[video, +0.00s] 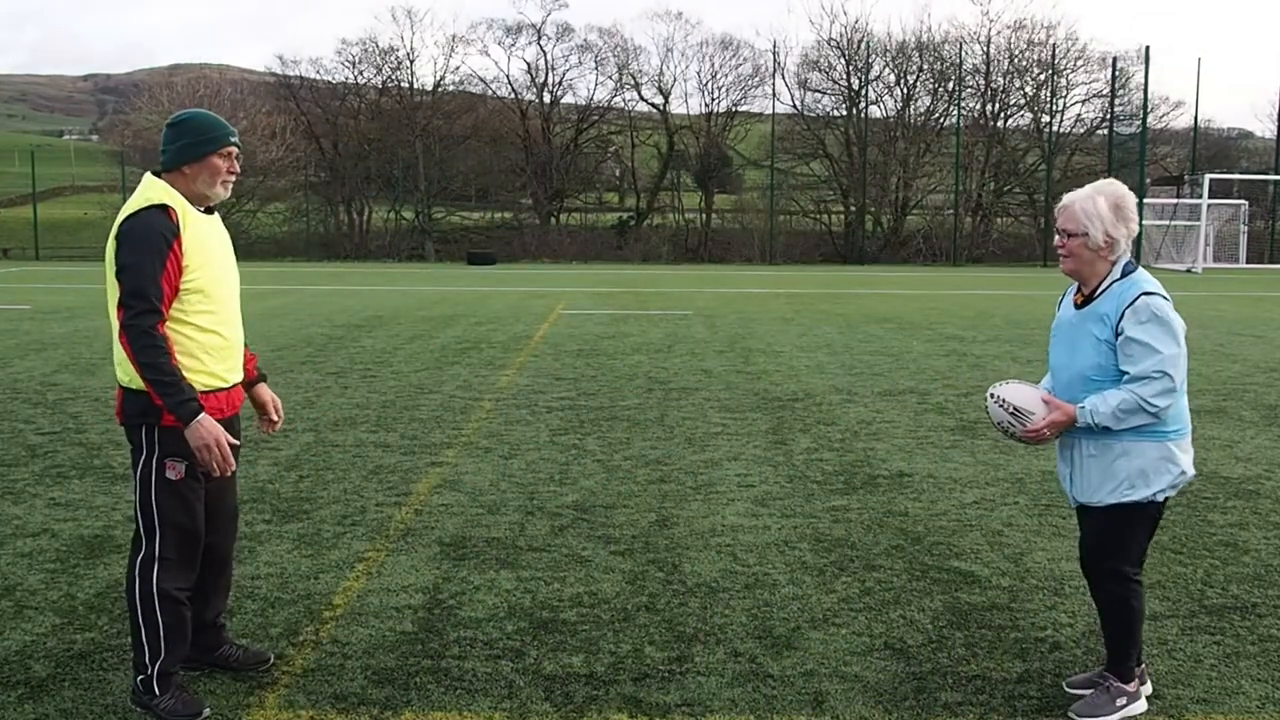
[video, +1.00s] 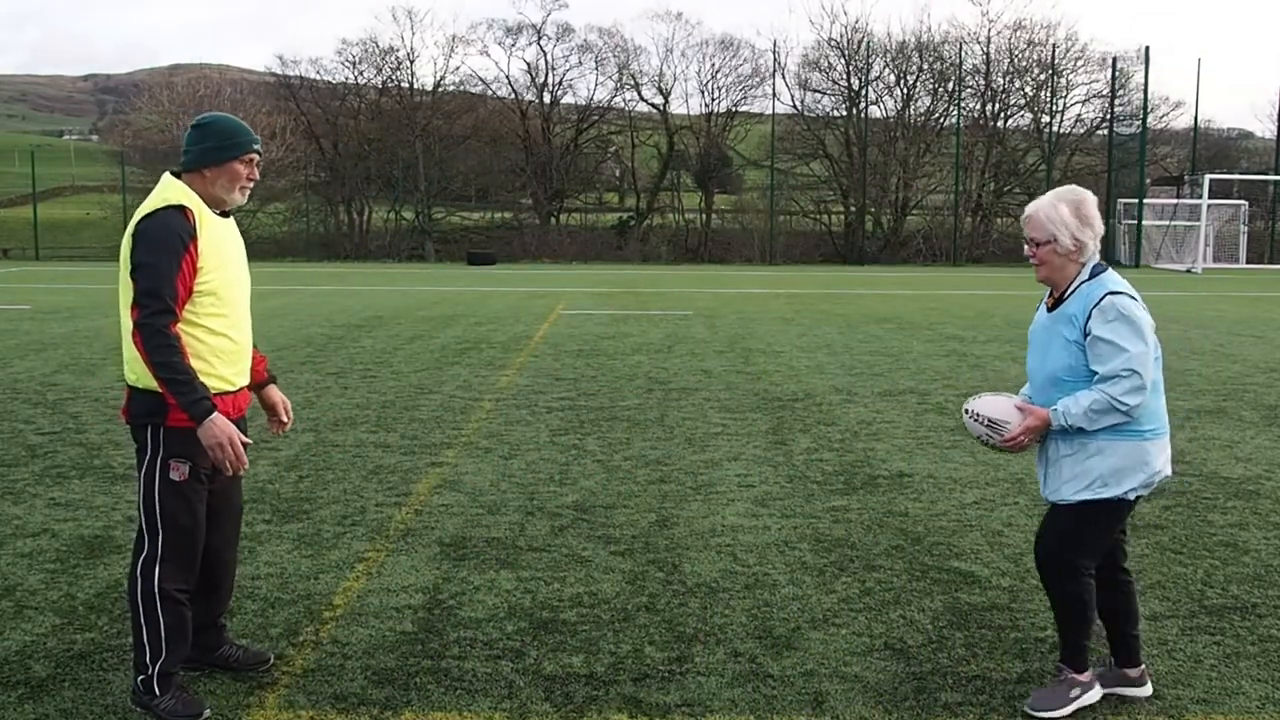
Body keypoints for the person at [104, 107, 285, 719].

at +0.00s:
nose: (233, 167)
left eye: (235, 157)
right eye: (223, 155)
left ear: (219, 166)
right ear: (185, 159)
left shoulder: (204, 217)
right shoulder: (151, 218)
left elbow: (214, 315)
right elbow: (139, 328)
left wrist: (253, 380)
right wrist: (190, 414)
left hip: (215, 408)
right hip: (164, 413)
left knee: (214, 537)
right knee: (167, 549)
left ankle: (204, 641)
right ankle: (156, 679)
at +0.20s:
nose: (235, 168)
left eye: (238, 158)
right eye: (225, 156)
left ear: (221, 166)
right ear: (188, 159)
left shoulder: (205, 220)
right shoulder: (153, 218)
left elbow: (215, 315)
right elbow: (143, 327)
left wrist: (252, 381)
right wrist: (195, 412)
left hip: (214, 408)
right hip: (164, 411)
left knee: (212, 537)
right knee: (166, 550)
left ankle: (205, 641)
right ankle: (156, 679)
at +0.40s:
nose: (241, 170)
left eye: (243, 161)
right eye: (231, 158)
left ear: (224, 167)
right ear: (194, 159)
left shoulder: (208, 219)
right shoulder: (157, 218)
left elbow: (215, 316)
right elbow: (146, 328)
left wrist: (253, 381)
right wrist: (198, 412)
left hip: (214, 409)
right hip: (166, 412)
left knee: (214, 537)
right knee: (167, 551)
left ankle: (205, 641)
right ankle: (155, 681)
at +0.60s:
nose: (244, 175)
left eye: (247, 166)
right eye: (236, 164)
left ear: (222, 167)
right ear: (198, 161)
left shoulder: (211, 220)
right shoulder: (160, 219)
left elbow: (217, 317)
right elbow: (148, 328)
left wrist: (257, 381)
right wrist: (200, 412)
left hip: (215, 409)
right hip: (167, 413)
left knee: (216, 536)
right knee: (168, 549)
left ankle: (205, 641)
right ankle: (155, 681)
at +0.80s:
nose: (248, 175)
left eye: (251, 165)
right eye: (240, 163)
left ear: (229, 168)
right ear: (202, 161)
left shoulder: (215, 221)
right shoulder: (163, 219)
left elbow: (220, 317)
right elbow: (151, 327)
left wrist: (260, 381)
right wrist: (202, 412)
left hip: (217, 410)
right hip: (169, 413)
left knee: (217, 537)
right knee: (168, 550)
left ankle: (206, 640)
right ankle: (155, 681)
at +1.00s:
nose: (253, 176)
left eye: (255, 166)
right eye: (245, 164)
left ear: (227, 167)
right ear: (208, 162)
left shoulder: (218, 220)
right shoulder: (167, 218)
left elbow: (223, 317)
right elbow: (153, 327)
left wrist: (262, 382)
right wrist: (204, 411)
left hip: (219, 410)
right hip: (171, 413)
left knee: (218, 537)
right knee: (167, 550)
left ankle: (206, 641)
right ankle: (155, 681)